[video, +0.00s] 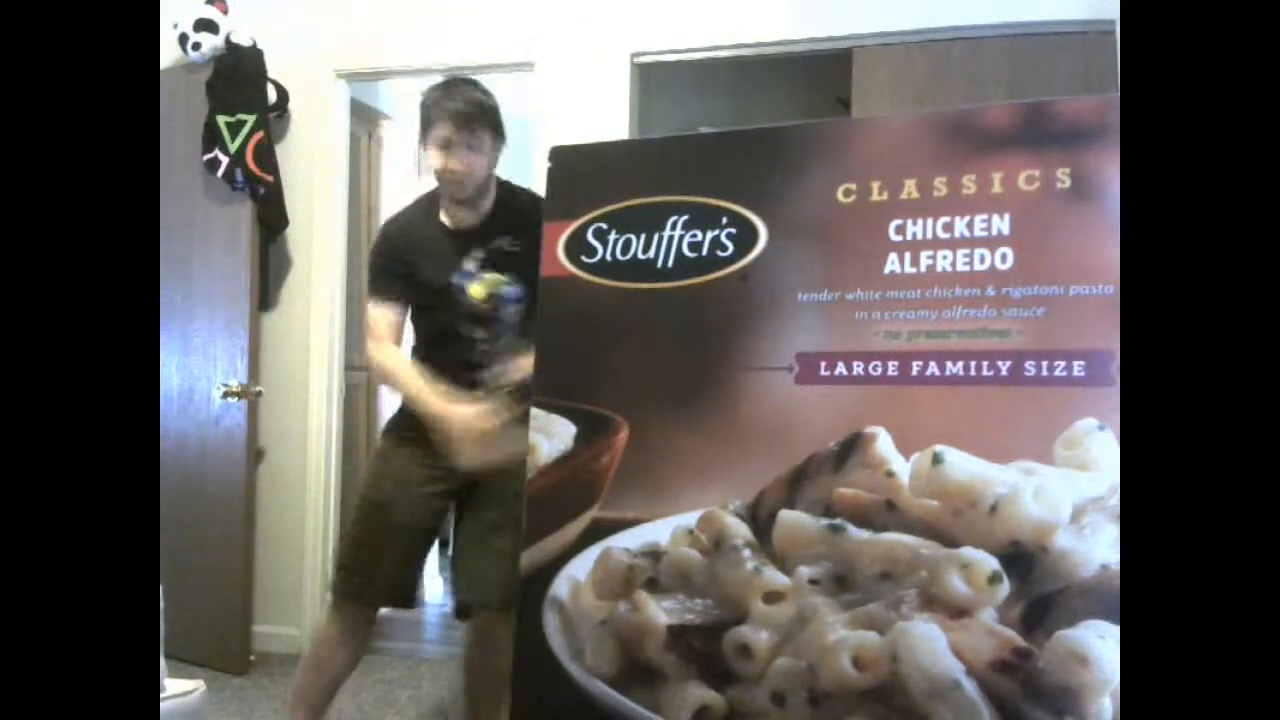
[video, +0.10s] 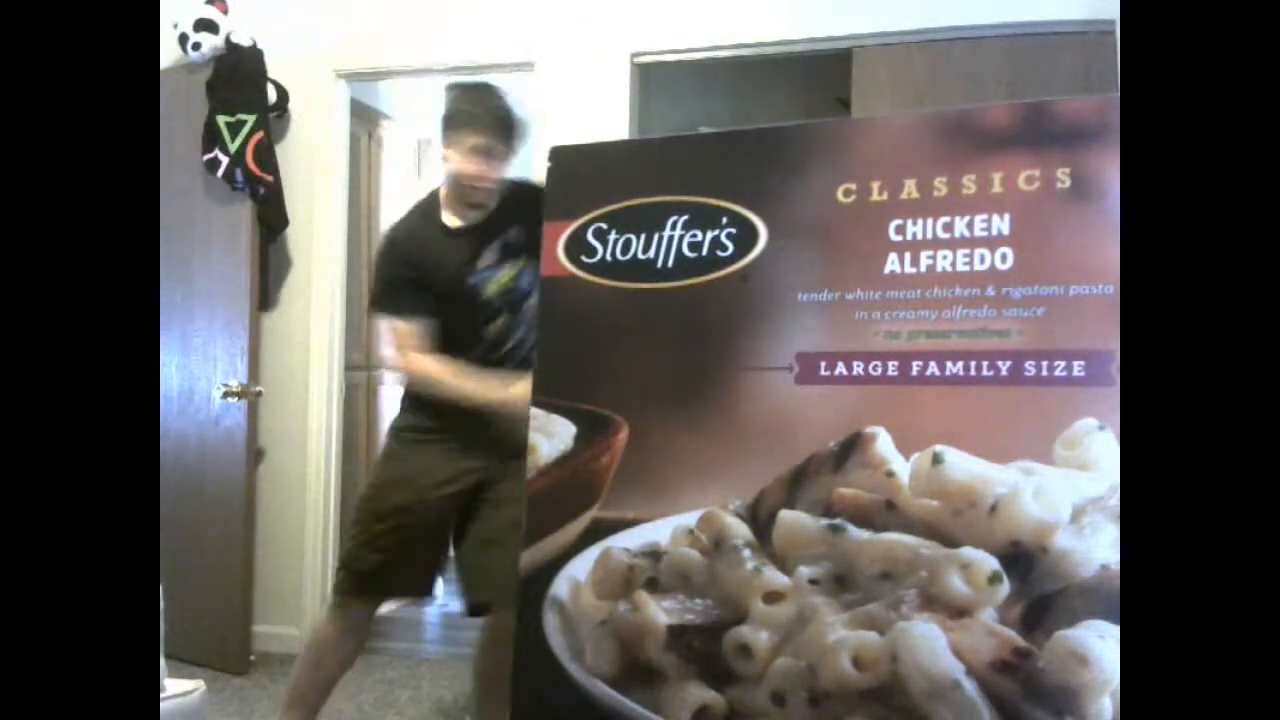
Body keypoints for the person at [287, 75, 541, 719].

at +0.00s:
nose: (452, 162)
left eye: (468, 148)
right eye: (441, 146)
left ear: (496, 152)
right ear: (425, 151)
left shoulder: (540, 225)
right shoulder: (403, 235)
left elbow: (586, 321)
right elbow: (380, 348)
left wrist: (529, 364)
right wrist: (450, 411)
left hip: (508, 428)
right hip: (424, 423)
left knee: (493, 609)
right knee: (355, 598)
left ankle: (488, 717)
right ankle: (300, 713)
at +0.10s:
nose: (485, 170)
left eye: (497, 156)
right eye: (472, 154)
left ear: (512, 156)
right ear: (443, 150)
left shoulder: (536, 211)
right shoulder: (409, 245)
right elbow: (413, 360)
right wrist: (513, 391)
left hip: (515, 444)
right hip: (431, 439)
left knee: (511, 609)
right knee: (355, 599)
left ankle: (495, 717)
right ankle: (294, 714)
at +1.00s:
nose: (493, 137)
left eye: (511, 126)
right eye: (494, 125)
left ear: (553, 141)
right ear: (492, 131)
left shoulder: (569, 230)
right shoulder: (478, 180)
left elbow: (478, 294)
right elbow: (403, 117)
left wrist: (395, 240)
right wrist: (404, 58)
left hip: (491, 421)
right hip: (412, 399)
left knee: (473, 596)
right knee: (329, 544)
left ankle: (478, 719)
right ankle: (315, 710)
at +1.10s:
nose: (489, 141)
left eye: (505, 129)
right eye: (491, 129)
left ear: (548, 145)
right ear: (491, 139)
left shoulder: (561, 238)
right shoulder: (475, 185)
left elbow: (471, 307)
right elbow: (395, 122)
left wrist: (394, 257)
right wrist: (398, 50)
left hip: (490, 429)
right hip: (412, 407)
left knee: (474, 603)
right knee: (335, 561)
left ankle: (477, 719)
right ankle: (325, 712)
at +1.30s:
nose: (461, 143)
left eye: (476, 131)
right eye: (466, 130)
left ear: (518, 147)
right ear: (497, 144)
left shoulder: (540, 241)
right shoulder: (463, 188)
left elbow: (436, 315)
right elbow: (393, 123)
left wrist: (382, 271)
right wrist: (382, 47)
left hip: (490, 435)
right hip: (409, 415)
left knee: (468, 607)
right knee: (338, 575)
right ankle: (329, 717)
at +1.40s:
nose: (456, 139)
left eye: (471, 128)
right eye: (463, 126)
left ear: (512, 144)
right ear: (496, 141)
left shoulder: (535, 236)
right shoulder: (464, 186)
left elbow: (430, 308)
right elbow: (400, 117)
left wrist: (383, 266)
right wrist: (388, 37)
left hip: (488, 434)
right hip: (408, 416)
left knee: (468, 607)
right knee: (340, 576)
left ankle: (474, 719)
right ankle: (330, 715)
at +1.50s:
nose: (449, 122)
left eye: (463, 110)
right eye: (454, 111)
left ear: (499, 127)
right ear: (494, 129)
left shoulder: (529, 216)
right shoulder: (473, 181)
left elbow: (413, 290)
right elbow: (445, 99)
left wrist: (393, 260)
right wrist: (415, 37)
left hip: (483, 427)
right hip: (408, 413)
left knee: (465, 603)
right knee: (352, 575)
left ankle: (473, 718)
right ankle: (335, 715)